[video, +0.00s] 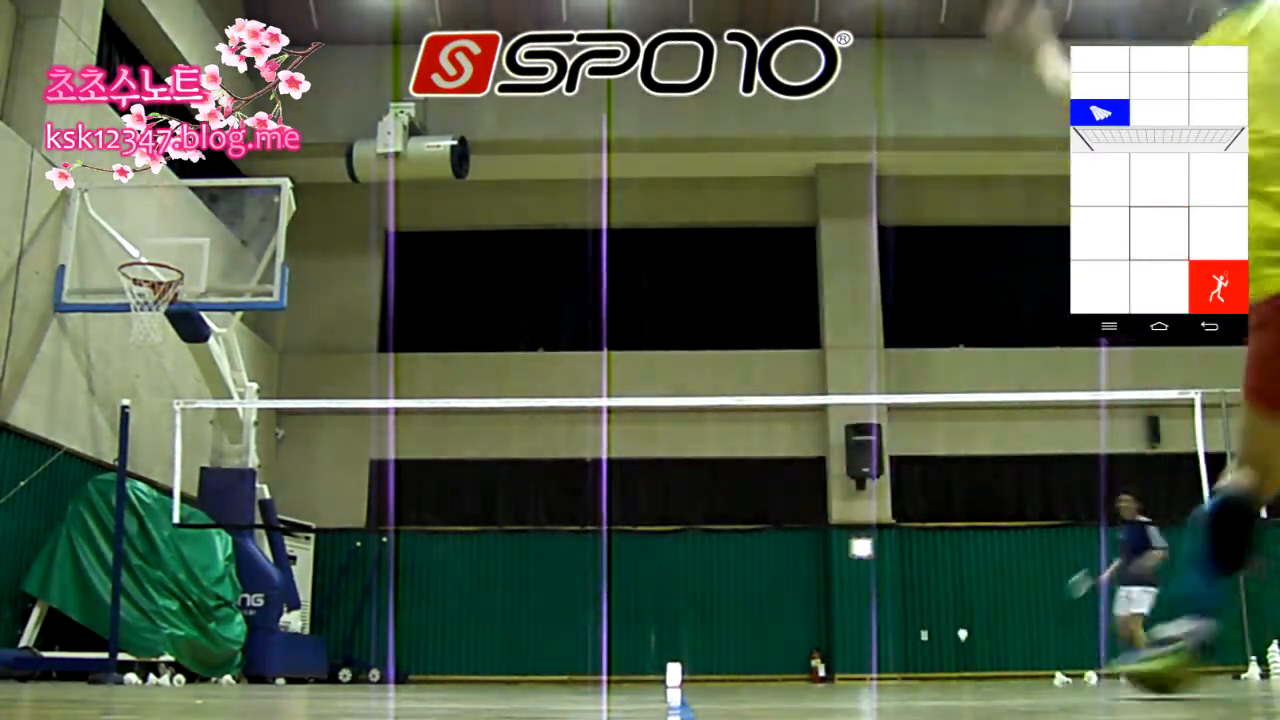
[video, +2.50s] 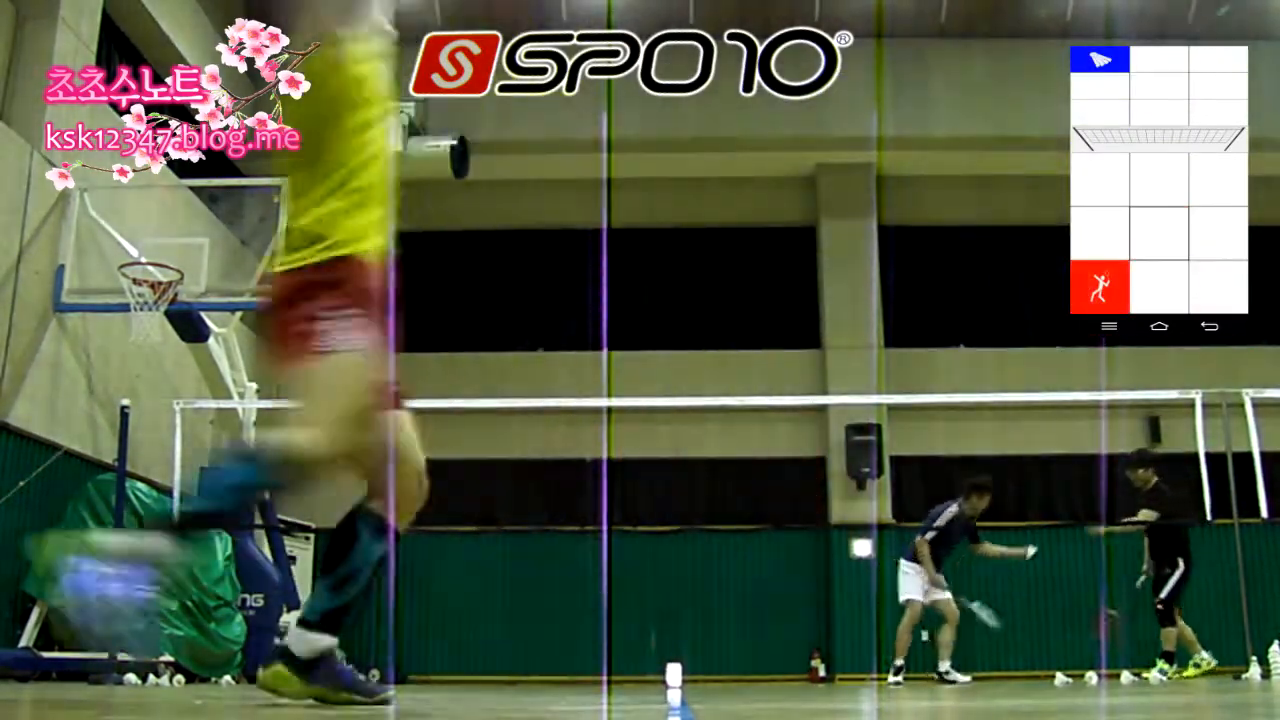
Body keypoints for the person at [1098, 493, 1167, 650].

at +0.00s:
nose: (1124, 507)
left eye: (1127, 503)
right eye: (1121, 503)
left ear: (1136, 506)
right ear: (1118, 507)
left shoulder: (1145, 525)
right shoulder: (1124, 528)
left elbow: (1160, 549)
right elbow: (1123, 558)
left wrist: (1143, 565)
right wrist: (1107, 575)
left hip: (1143, 583)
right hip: (1125, 583)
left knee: (1135, 625)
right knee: (1122, 628)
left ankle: (1145, 660)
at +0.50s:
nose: (1016, 498)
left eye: (1020, 494)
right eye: (1014, 494)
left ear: (1029, 497)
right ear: (1010, 497)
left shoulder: (1039, 516)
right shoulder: (1006, 516)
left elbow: (1062, 536)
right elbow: (998, 540)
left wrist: (1056, 557)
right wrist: (991, 558)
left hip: (1027, 573)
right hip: (1007, 572)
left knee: (1011, 615)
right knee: (1018, 619)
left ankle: (1005, 662)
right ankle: (1040, 658)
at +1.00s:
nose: (945, 504)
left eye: (949, 500)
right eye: (941, 500)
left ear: (955, 501)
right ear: (935, 500)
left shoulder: (963, 519)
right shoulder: (927, 519)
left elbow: (961, 548)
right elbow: (922, 545)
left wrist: (933, 542)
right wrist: (909, 567)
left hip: (953, 583)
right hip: (928, 580)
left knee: (955, 627)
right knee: (917, 620)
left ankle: (967, 660)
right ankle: (913, 667)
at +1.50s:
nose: (950, 526)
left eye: (953, 522)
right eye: (948, 521)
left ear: (956, 521)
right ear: (939, 515)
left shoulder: (955, 536)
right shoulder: (915, 525)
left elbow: (960, 571)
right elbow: (896, 550)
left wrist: (960, 601)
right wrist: (900, 577)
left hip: (936, 583)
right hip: (912, 584)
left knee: (938, 614)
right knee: (909, 626)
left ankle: (936, 667)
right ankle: (909, 667)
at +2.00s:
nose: (950, 598)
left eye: (953, 595)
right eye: (948, 593)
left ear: (957, 591)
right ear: (939, 583)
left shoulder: (955, 591)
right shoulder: (920, 570)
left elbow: (959, 623)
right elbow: (891, 581)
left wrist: (963, 662)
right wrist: (906, 603)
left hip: (923, 598)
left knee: (947, 621)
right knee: (896, 612)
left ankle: (927, 667)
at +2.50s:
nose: (983, 506)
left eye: (985, 502)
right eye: (981, 501)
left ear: (983, 502)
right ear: (971, 498)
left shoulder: (968, 520)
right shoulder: (948, 512)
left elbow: (979, 547)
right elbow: (921, 543)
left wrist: (1020, 552)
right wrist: (932, 575)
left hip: (933, 571)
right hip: (913, 566)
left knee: (952, 615)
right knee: (914, 610)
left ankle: (944, 668)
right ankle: (898, 665)